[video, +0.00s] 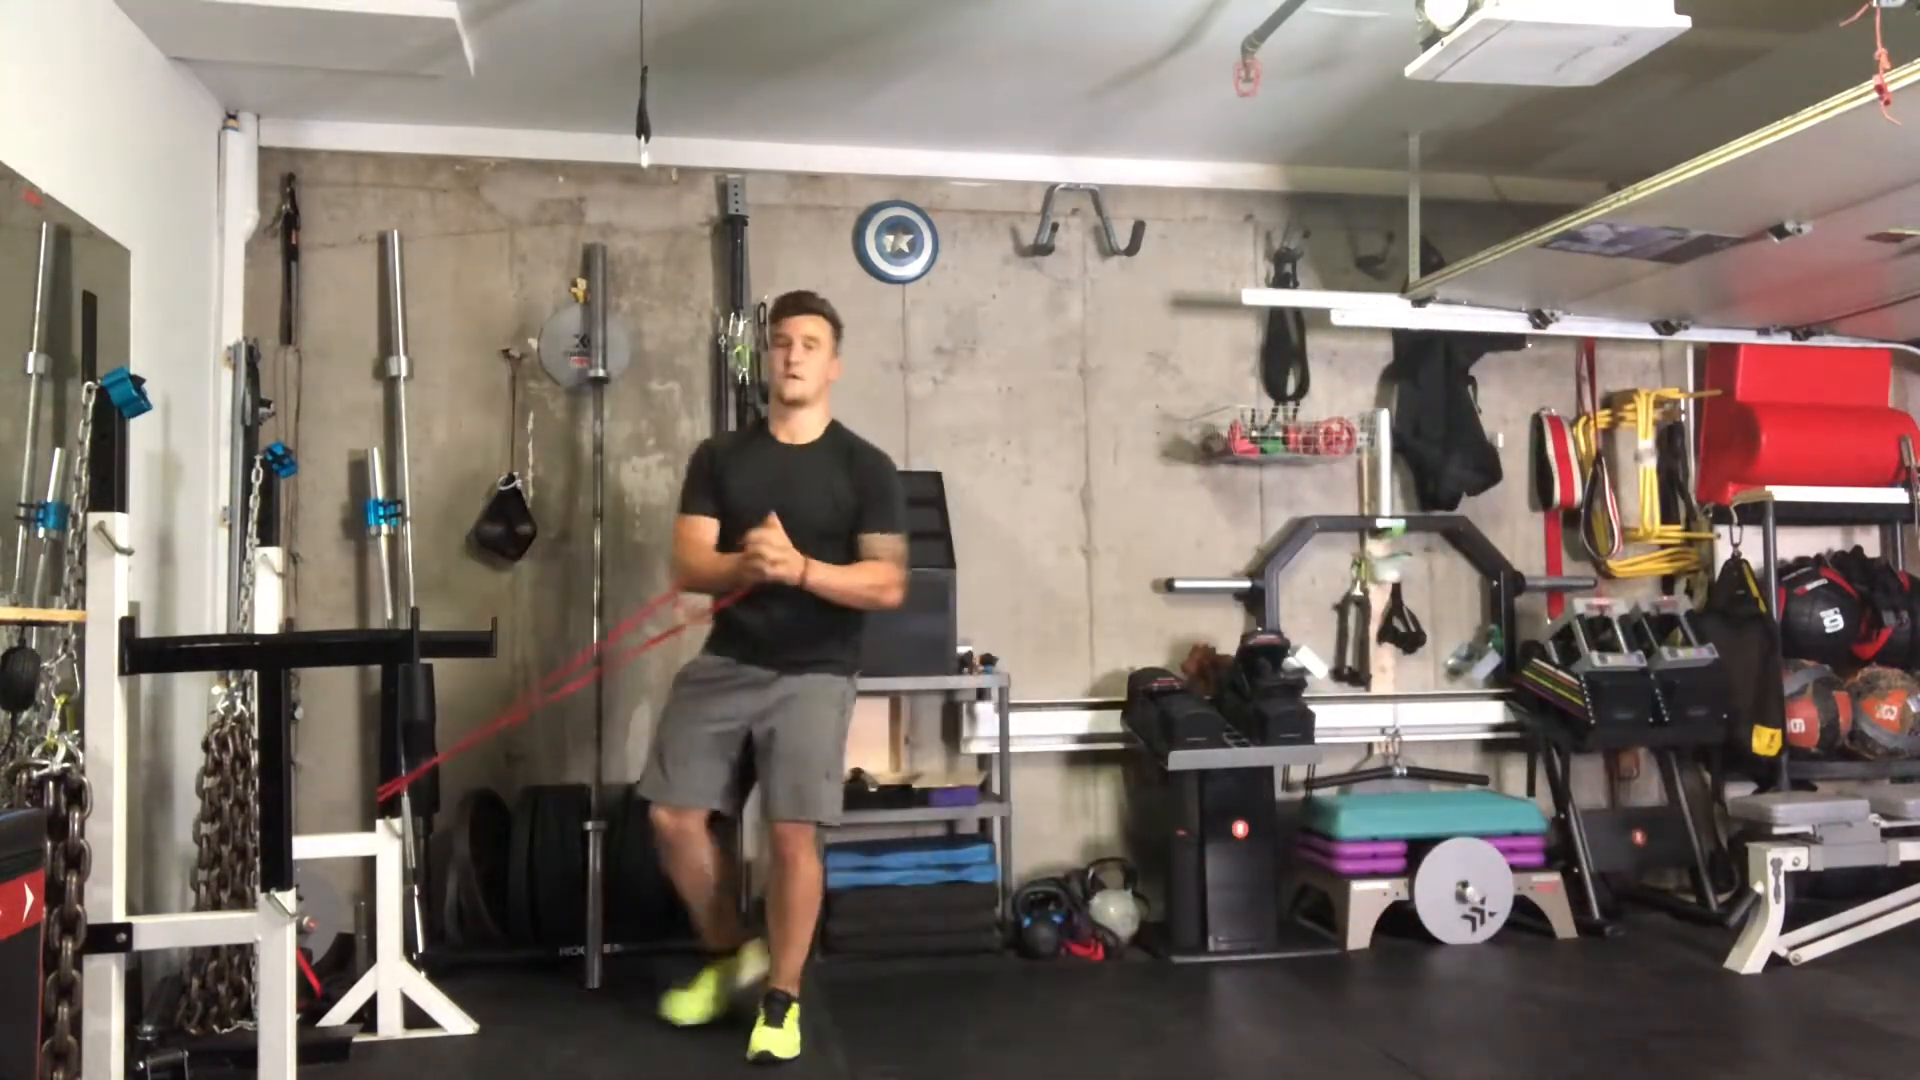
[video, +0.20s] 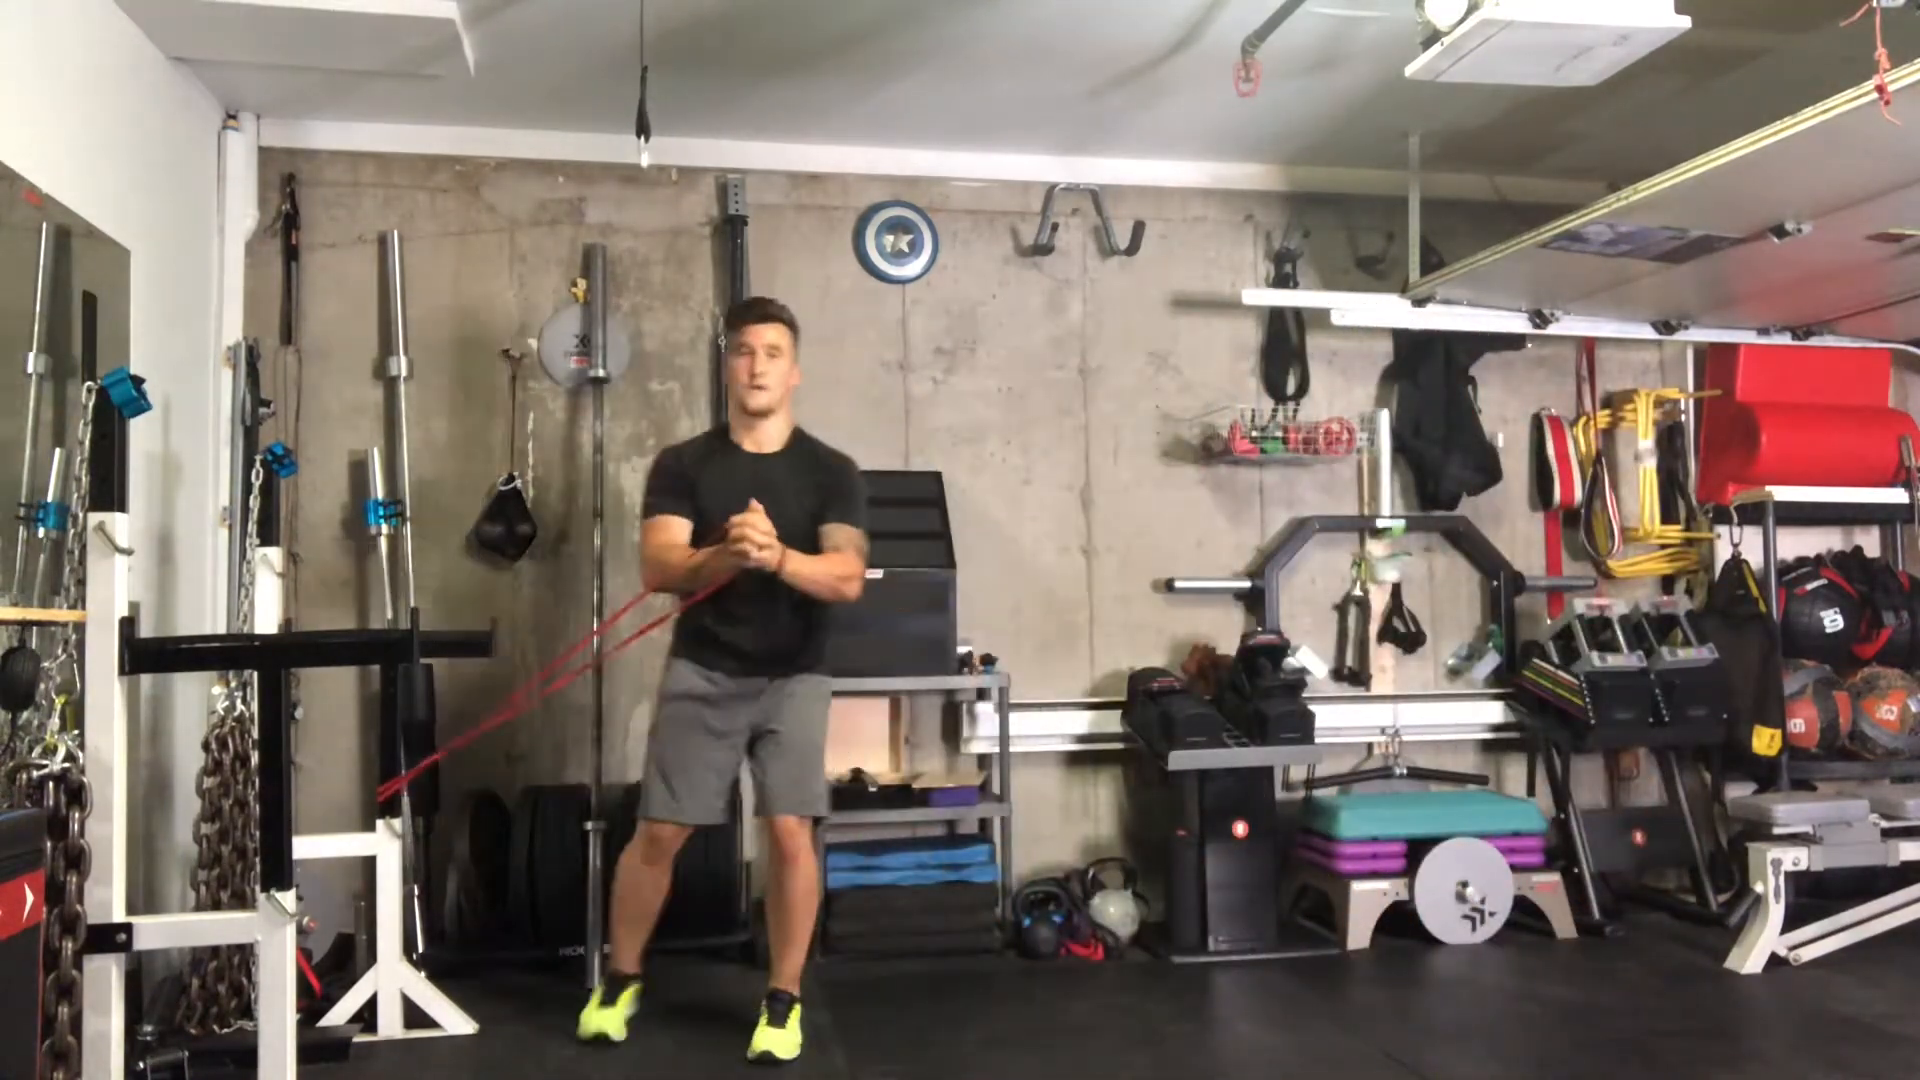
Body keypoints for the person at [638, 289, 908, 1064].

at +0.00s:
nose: (792, 357)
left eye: (809, 345)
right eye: (781, 344)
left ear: (834, 364)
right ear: (764, 359)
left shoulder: (868, 468)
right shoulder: (719, 458)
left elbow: (888, 585)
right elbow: (688, 568)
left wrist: (799, 568)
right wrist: (745, 564)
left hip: (813, 674)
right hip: (723, 666)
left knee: (793, 829)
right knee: (674, 814)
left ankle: (783, 997)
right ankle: (728, 952)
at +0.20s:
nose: (757, 366)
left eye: (772, 353)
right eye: (743, 353)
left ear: (796, 370)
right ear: (724, 367)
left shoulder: (832, 472)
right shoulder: (682, 465)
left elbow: (847, 579)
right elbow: (659, 571)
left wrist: (775, 555)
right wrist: (728, 552)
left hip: (794, 681)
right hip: (702, 677)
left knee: (790, 832)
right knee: (659, 833)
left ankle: (784, 1000)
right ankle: (620, 980)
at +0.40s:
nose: (712, 400)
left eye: (728, 387)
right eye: (699, 387)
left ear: (755, 401)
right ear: (682, 398)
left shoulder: (788, 491)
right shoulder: (636, 490)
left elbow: (798, 559)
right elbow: (643, 563)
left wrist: (758, 571)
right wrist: (698, 571)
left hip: (761, 679)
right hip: (665, 684)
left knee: (771, 810)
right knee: (636, 836)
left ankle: (786, 986)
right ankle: (606, 988)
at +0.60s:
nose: (700, 477)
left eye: (715, 461)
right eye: (686, 462)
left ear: (740, 470)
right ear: (668, 471)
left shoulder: (770, 544)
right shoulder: (628, 546)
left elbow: (779, 583)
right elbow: (638, 589)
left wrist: (751, 597)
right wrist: (693, 595)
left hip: (748, 727)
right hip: (658, 724)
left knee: (742, 848)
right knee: (645, 852)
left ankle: (748, 980)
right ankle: (607, 988)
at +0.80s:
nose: (714, 534)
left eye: (727, 517)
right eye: (699, 518)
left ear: (750, 520)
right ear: (678, 521)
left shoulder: (778, 582)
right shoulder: (640, 589)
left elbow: (799, 617)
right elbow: (651, 626)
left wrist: (771, 629)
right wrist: (709, 630)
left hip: (750, 749)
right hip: (663, 745)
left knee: (721, 857)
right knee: (652, 859)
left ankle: (745, 981)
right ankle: (609, 990)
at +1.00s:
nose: (744, 553)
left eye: (756, 537)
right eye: (728, 539)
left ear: (775, 533)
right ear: (702, 539)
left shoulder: (807, 589)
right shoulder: (673, 608)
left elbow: (830, 624)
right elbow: (678, 650)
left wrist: (806, 646)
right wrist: (751, 654)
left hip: (789, 756)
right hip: (701, 755)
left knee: (779, 858)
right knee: (683, 874)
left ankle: (750, 978)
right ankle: (611, 990)